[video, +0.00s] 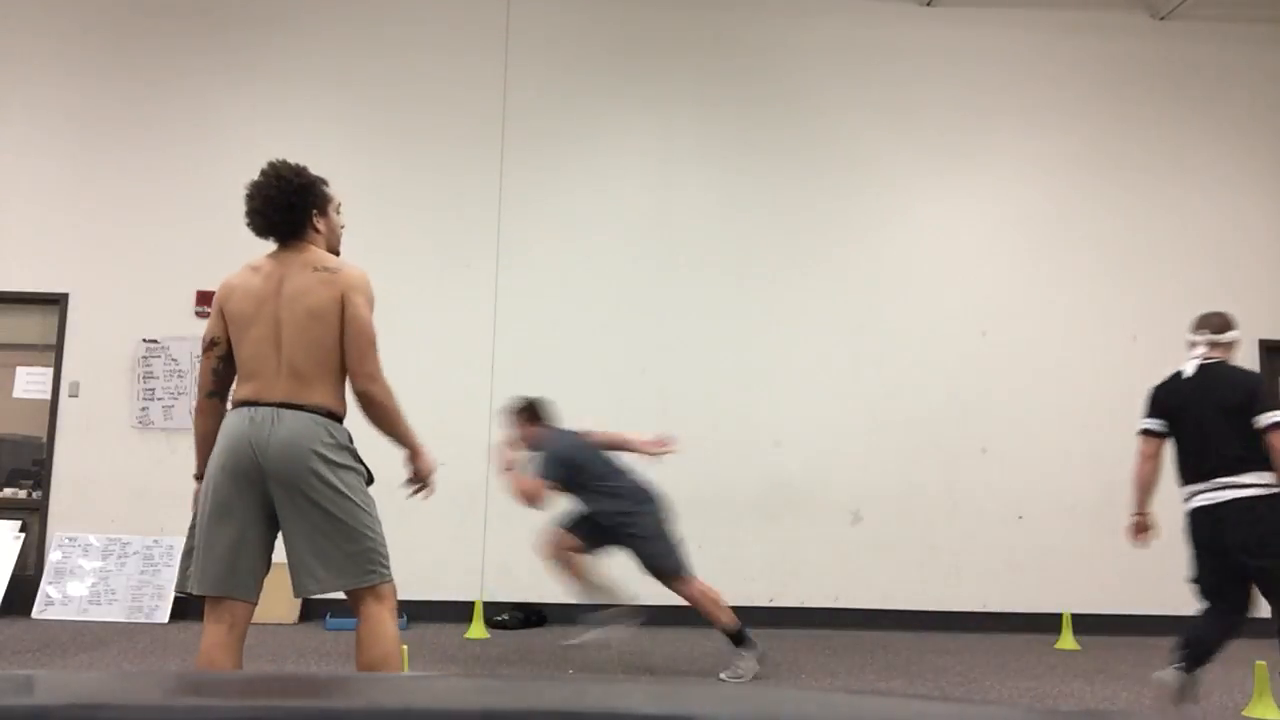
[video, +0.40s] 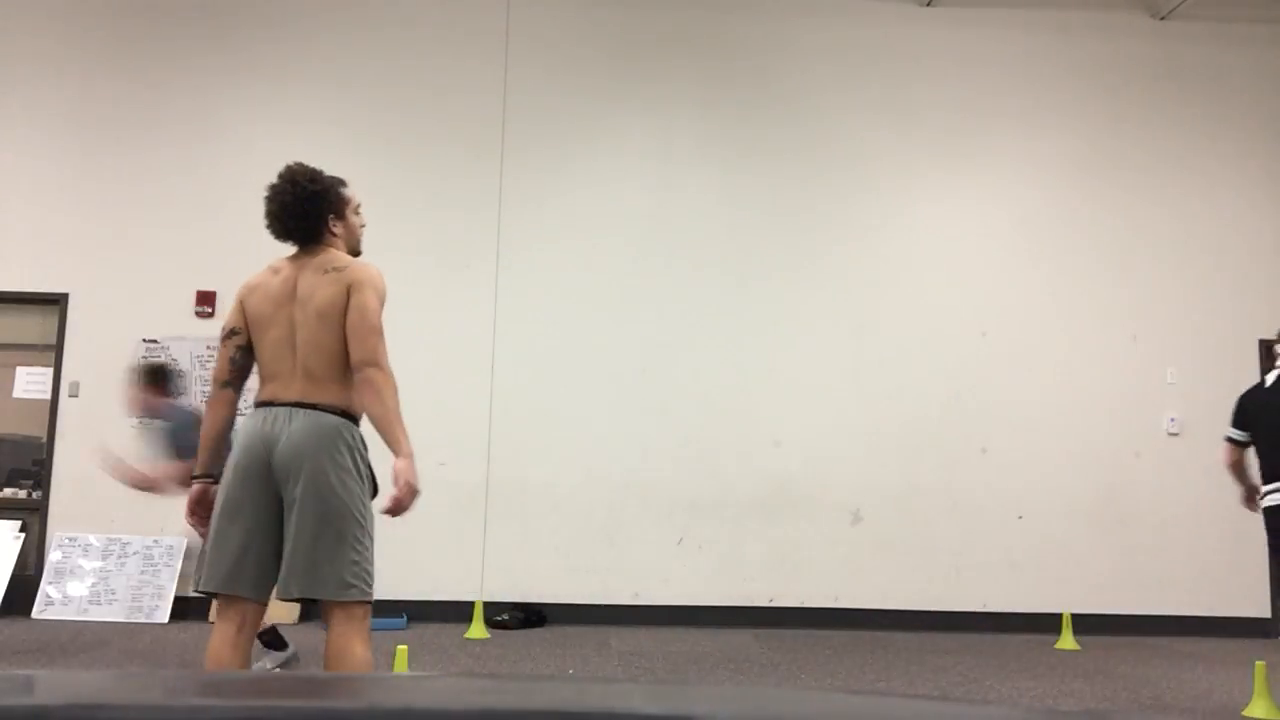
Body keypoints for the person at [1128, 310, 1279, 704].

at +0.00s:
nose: (1231, 350)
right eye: (1232, 345)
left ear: (1192, 345)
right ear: (1230, 346)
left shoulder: (1168, 390)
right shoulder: (1251, 383)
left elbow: (1148, 454)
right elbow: (1275, 443)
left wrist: (1140, 509)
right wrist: (1278, 482)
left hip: (1205, 516)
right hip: (1258, 509)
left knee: (1227, 604)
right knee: (1274, 598)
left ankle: (1185, 662)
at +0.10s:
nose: (1262, 347)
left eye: (1258, 341)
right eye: (1262, 341)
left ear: (1223, 340)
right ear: (1258, 341)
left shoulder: (1197, 383)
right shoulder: (1271, 377)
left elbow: (1172, 445)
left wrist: (1175, 493)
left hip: (1225, 505)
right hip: (1271, 499)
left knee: (1256, 593)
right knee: (1270, 592)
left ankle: (1249, 670)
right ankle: (1247, 669)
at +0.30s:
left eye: (1265, 349)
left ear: (1262, 349)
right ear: (1279, 351)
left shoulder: (1242, 394)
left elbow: (1206, 452)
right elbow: (1207, 453)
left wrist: (1224, 477)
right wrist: (1224, 476)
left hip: (1265, 504)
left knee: (1276, 584)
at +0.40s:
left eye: (1275, 348)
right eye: (1276, 349)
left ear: (1274, 354)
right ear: (1273, 354)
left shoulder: (1255, 397)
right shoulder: (1255, 397)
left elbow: (1232, 458)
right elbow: (1233, 457)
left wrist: (1248, 486)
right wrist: (1248, 487)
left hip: (1274, 502)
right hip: (1273, 502)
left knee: (1277, 588)